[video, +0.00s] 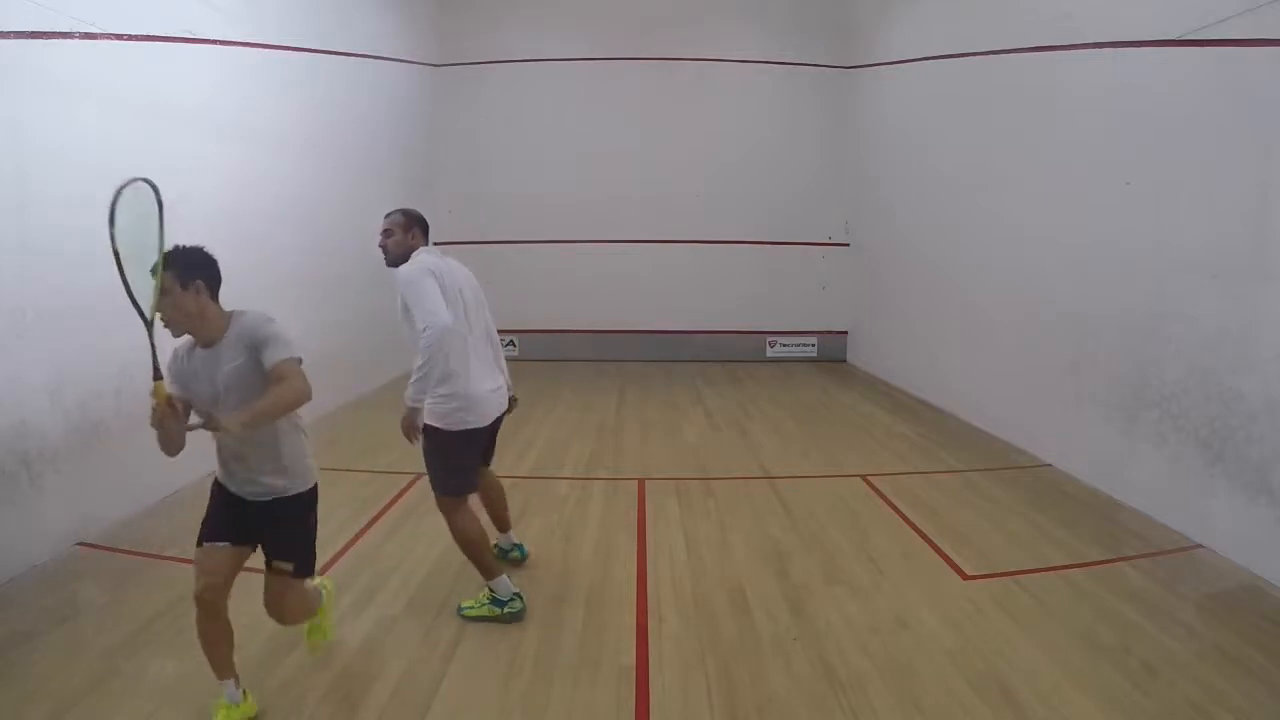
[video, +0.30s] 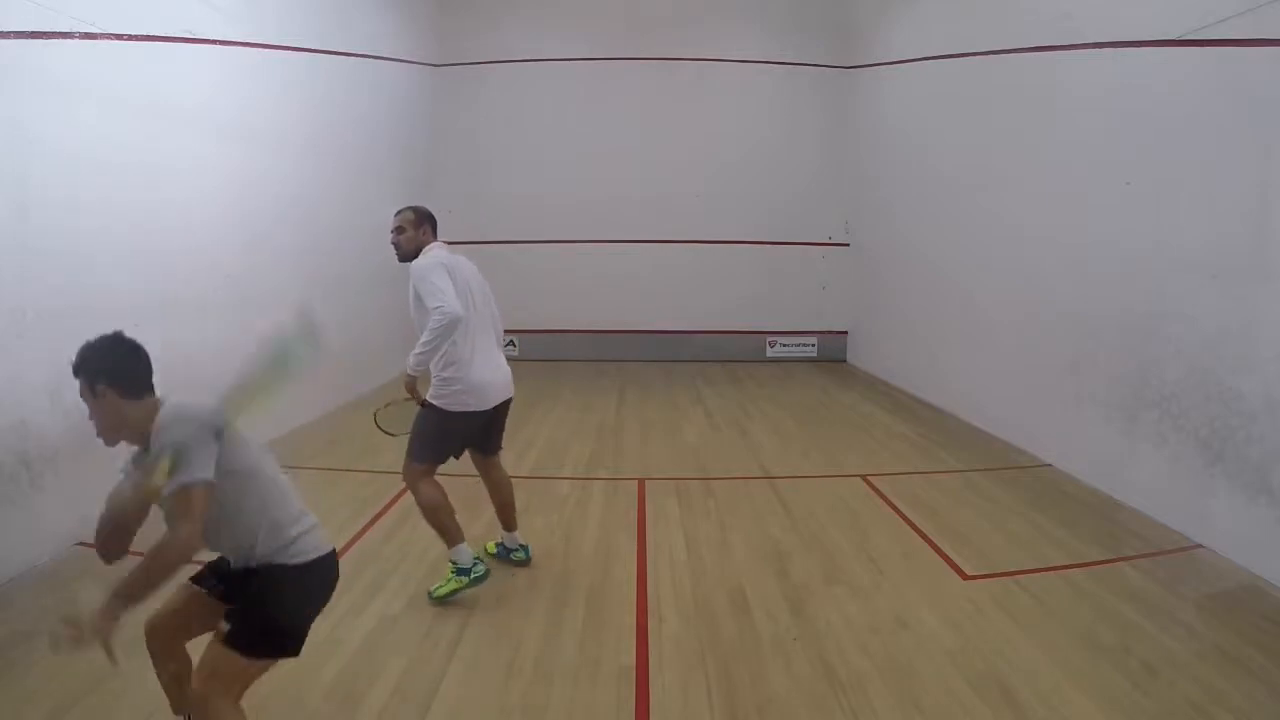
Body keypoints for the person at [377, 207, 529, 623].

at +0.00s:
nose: (380, 242)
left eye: (388, 234)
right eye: (381, 235)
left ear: (416, 236)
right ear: (419, 239)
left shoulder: (412, 271)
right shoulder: (457, 269)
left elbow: (437, 327)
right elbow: (489, 333)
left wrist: (413, 404)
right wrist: (504, 387)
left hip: (453, 408)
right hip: (491, 399)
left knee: (454, 504)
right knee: (479, 470)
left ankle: (503, 595)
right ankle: (509, 543)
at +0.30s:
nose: (393, 239)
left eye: (400, 231)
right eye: (392, 233)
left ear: (427, 232)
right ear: (430, 236)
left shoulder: (425, 267)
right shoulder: (465, 265)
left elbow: (448, 314)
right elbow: (495, 328)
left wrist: (412, 370)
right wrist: (460, 373)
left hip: (458, 392)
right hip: (498, 387)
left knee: (417, 473)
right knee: (487, 458)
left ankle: (465, 563)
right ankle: (513, 542)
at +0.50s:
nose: (385, 250)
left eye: (385, 244)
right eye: (387, 243)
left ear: (392, 245)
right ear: (424, 241)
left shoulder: (403, 279)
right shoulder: (457, 274)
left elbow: (425, 331)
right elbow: (488, 334)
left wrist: (401, 378)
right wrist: (476, 376)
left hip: (442, 401)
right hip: (486, 393)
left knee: (405, 476)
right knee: (479, 461)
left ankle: (430, 572)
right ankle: (512, 543)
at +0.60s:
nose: (374, 248)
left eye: (374, 243)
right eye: (380, 242)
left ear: (379, 246)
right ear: (414, 242)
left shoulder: (384, 282)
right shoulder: (446, 276)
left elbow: (405, 339)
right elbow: (476, 337)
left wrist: (385, 388)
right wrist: (467, 377)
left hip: (423, 408)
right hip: (468, 397)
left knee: (402, 479)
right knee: (471, 465)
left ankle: (433, 574)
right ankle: (510, 543)